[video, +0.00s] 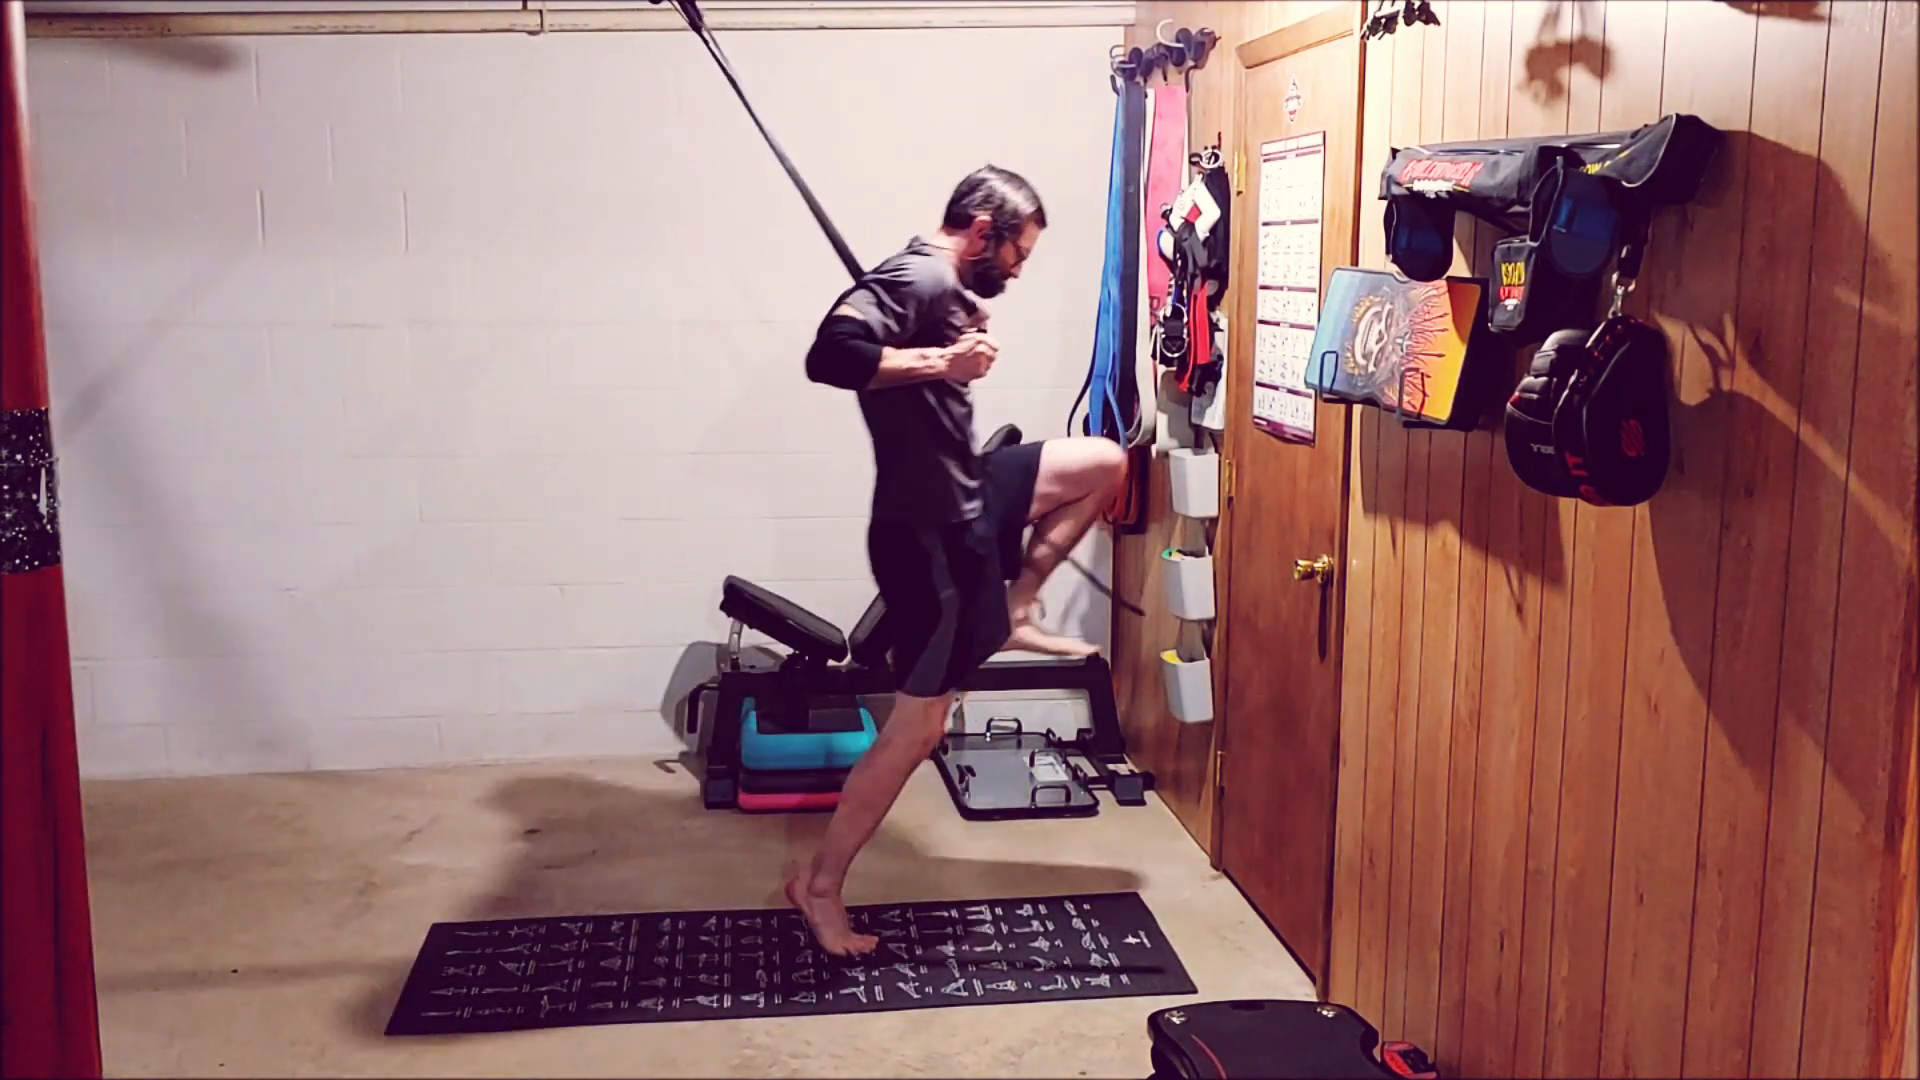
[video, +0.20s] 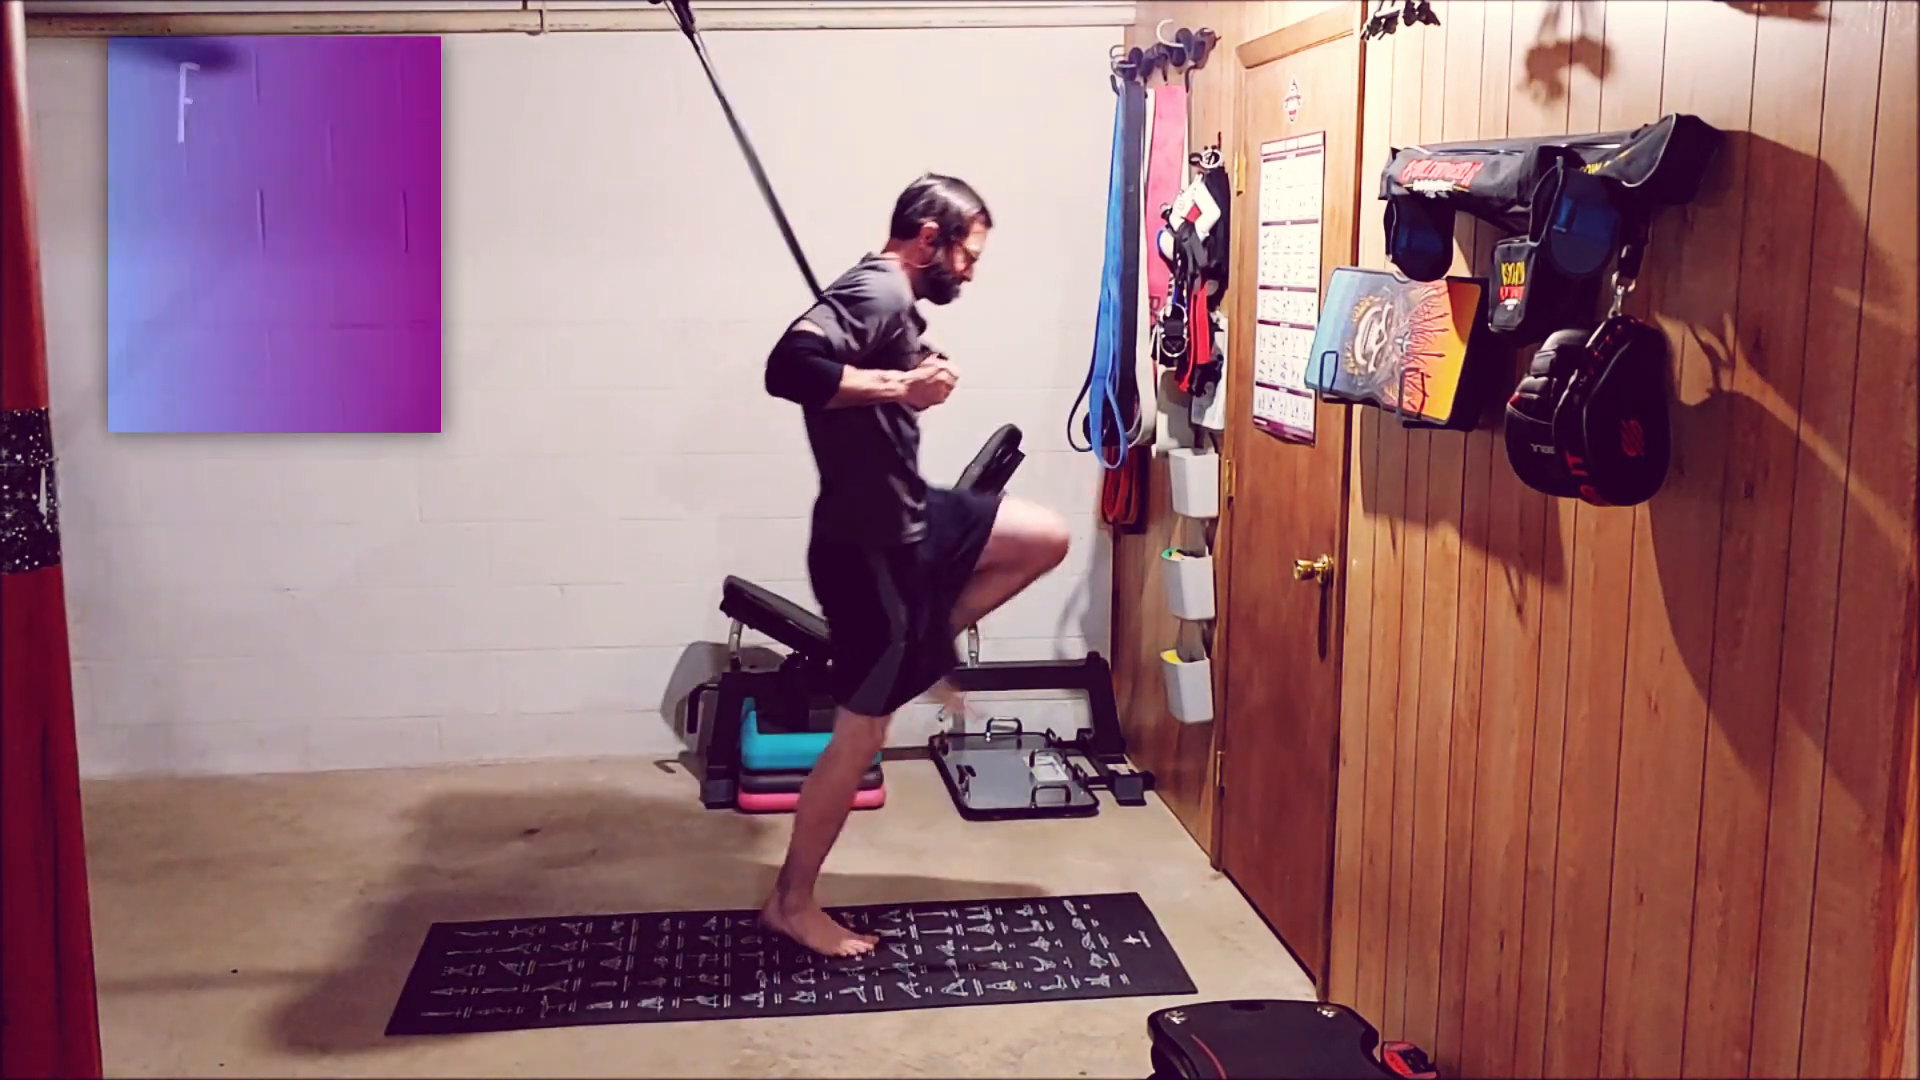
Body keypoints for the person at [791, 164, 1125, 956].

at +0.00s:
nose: (1017, 272)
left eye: (1023, 258)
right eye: (1018, 254)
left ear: (977, 229)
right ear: (980, 228)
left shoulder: (946, 282)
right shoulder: (916, 271)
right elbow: (833, 353)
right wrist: (943, 359)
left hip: (969, 485)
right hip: (923, 522)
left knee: (1106, 464)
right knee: (918, 726)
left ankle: (1015, 611)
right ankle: (819, 882)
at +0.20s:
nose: (972, 271)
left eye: (977, 257)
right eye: (971, 254)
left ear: (925, 238)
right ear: (930, 238)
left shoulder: (897, 292)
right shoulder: (878, 287)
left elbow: (842, 368)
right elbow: (792, 365)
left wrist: (913, 364)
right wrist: (898, 387)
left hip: (912, 512)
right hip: (866, 538)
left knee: (1043, 537)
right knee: (859, 737)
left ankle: (930, 641)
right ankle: (791, 904)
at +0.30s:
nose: (949, 277)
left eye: (953, 263)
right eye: (946, 261)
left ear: (898, 246)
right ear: (903, 246)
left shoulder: (869, 299)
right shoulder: (854, 297)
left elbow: (811, 377)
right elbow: (765, 371)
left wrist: (883, 379)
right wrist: (873, 402)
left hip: (875, 533)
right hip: (834, 547)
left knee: (998, 602)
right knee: (833, 733)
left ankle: (862, 700)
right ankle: (785, 914)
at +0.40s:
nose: (930, 273)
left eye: (932, 258)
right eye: (923, 257)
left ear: (876, 249)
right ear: (880, 247)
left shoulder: (843, 312)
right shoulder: (829, 303)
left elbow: (767, 386)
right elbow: (737, 377)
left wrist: (851, 410)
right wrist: (846, 412)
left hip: (841, 551)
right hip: (803, 558)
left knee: (933, 664)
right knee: (807, 734)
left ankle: (797, 746)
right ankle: (784, 918)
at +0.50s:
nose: (906, 278)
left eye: (908, 263)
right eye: (901, 261)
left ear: (855, 251)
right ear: (856, 251)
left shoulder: (823, 314)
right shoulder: (804, 308)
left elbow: (738, 393)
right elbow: (709, 385)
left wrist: (830, 415)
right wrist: (821, 420)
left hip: (807, 555)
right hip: (775, 559)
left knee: (860, 704)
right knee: (790, 729)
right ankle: (781, 916)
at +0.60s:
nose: (877, 281)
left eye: (881, 266)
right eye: (873, 264)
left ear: (825, 253)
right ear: (827, 251)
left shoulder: (791, 315)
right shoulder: (776, 311)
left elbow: (710, 398)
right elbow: (682, 394)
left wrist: (808, 417)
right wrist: (793, 426)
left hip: (762, 554)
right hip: (754, 558)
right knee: (774, 738)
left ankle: (631, 874)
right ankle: (781, 917)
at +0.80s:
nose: (822, 280)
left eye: (824, 265)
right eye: (815, 264)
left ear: (763, 256)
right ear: (767, 255)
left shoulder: (725, 319)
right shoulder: (717, 320)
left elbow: (659, 405)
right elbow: (620, 405)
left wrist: (740, 424)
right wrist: (727, 440)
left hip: (667, 563)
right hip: (687, 569)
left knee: (647, 726)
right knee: (739, 737)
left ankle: (597, 915)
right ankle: (776, 917)